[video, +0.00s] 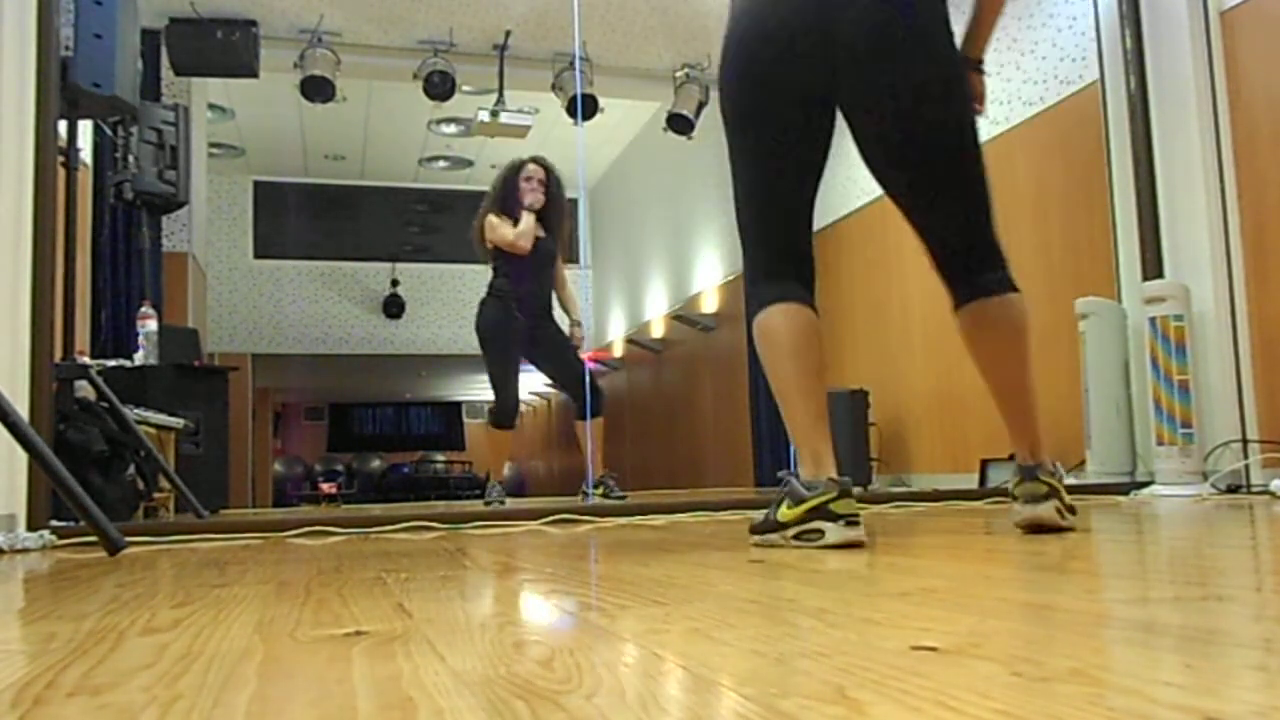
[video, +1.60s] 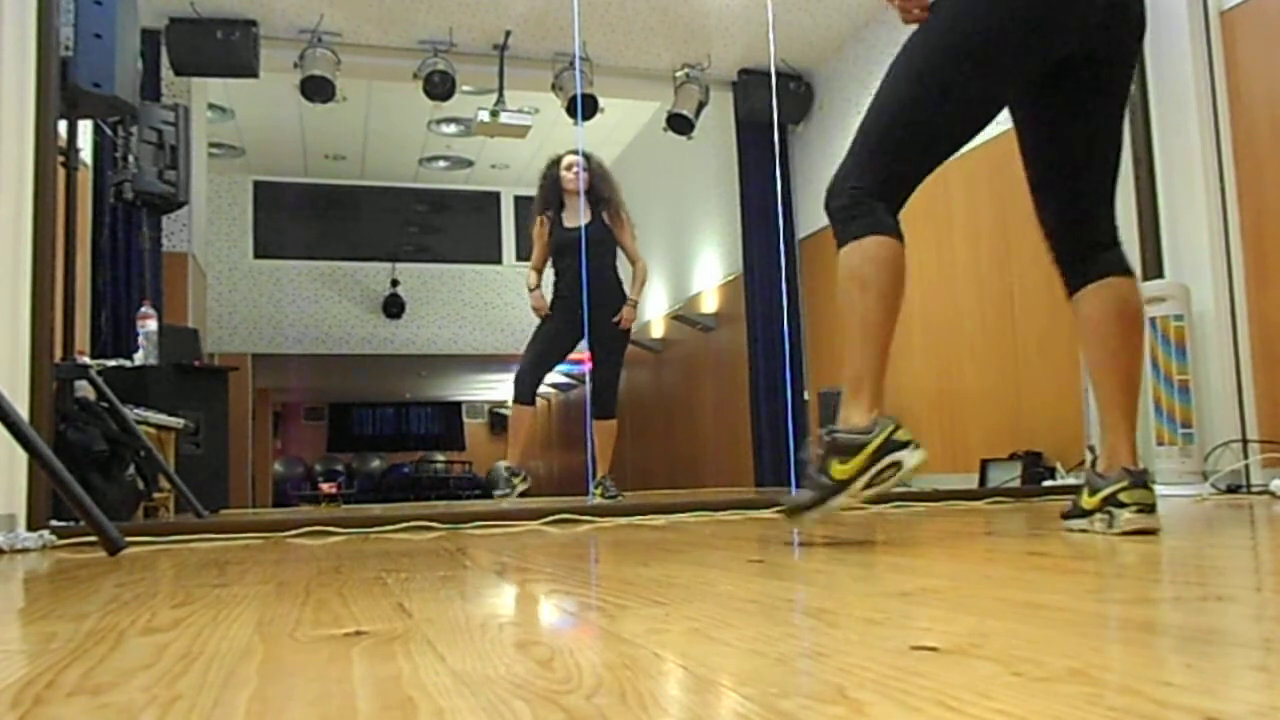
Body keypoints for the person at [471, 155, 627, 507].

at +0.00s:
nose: (536, 188)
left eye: (541, 183)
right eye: (529, 180)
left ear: (548, 193)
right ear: (512, 184)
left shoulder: (548, 235)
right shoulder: (493, 221)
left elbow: (561, 280)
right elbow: (520, 243)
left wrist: (575, 318)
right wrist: (528, 211)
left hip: (540, 323)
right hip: (501, 318)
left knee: (588, 391)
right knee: (507, 403)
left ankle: (595, 479)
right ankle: (496, 483)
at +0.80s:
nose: (531, 181)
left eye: (538, 177)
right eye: (525, 175)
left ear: (546, 187)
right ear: (511, 181)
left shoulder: (550, 229)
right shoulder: (491, 215)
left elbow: (556, 288)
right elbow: (469, 261)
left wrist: (573, 276)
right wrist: (507, 242)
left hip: (536, 313)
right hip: (493, 313)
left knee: (578, 386)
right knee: (491, 398)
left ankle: (597, 470)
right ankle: (493, 483)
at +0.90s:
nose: (539, 188)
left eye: (545, 183)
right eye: (532, 183)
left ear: (554, 194)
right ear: (519, 191)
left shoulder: (563, 235)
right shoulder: (502, 229)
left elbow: (572, 296)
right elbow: (472, 277)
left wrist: (569, 275)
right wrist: (490, 282)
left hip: (540, 325)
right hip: (497, 323)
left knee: (577, 396)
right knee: (487, 401)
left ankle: (604, 473)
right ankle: (491, 484)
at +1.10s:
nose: (554, 199)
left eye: (560, 194)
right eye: (548, 194)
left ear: (570, 203)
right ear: (536, 202)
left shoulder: (587, 244)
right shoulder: (522, 245)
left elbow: (602, 299)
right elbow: (502, 296)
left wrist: (587, 310)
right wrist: (497, 328)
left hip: (568, 334)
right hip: (525, 334)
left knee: (590, 403)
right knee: (489, 399)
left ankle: (599, 480)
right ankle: (493, 483)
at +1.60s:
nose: (577, 174)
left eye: (583, 169)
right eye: (570, 169)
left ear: (591, 178)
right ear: (557, 178)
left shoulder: (609, 213)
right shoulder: (547, 221)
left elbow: (639, 263)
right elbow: (535, 268)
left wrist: (633, 302)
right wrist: (534, 291)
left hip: (609, 312)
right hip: (566, 312)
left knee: (604, 394)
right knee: (525, 379)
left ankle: (602, 479)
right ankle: (512, 469)